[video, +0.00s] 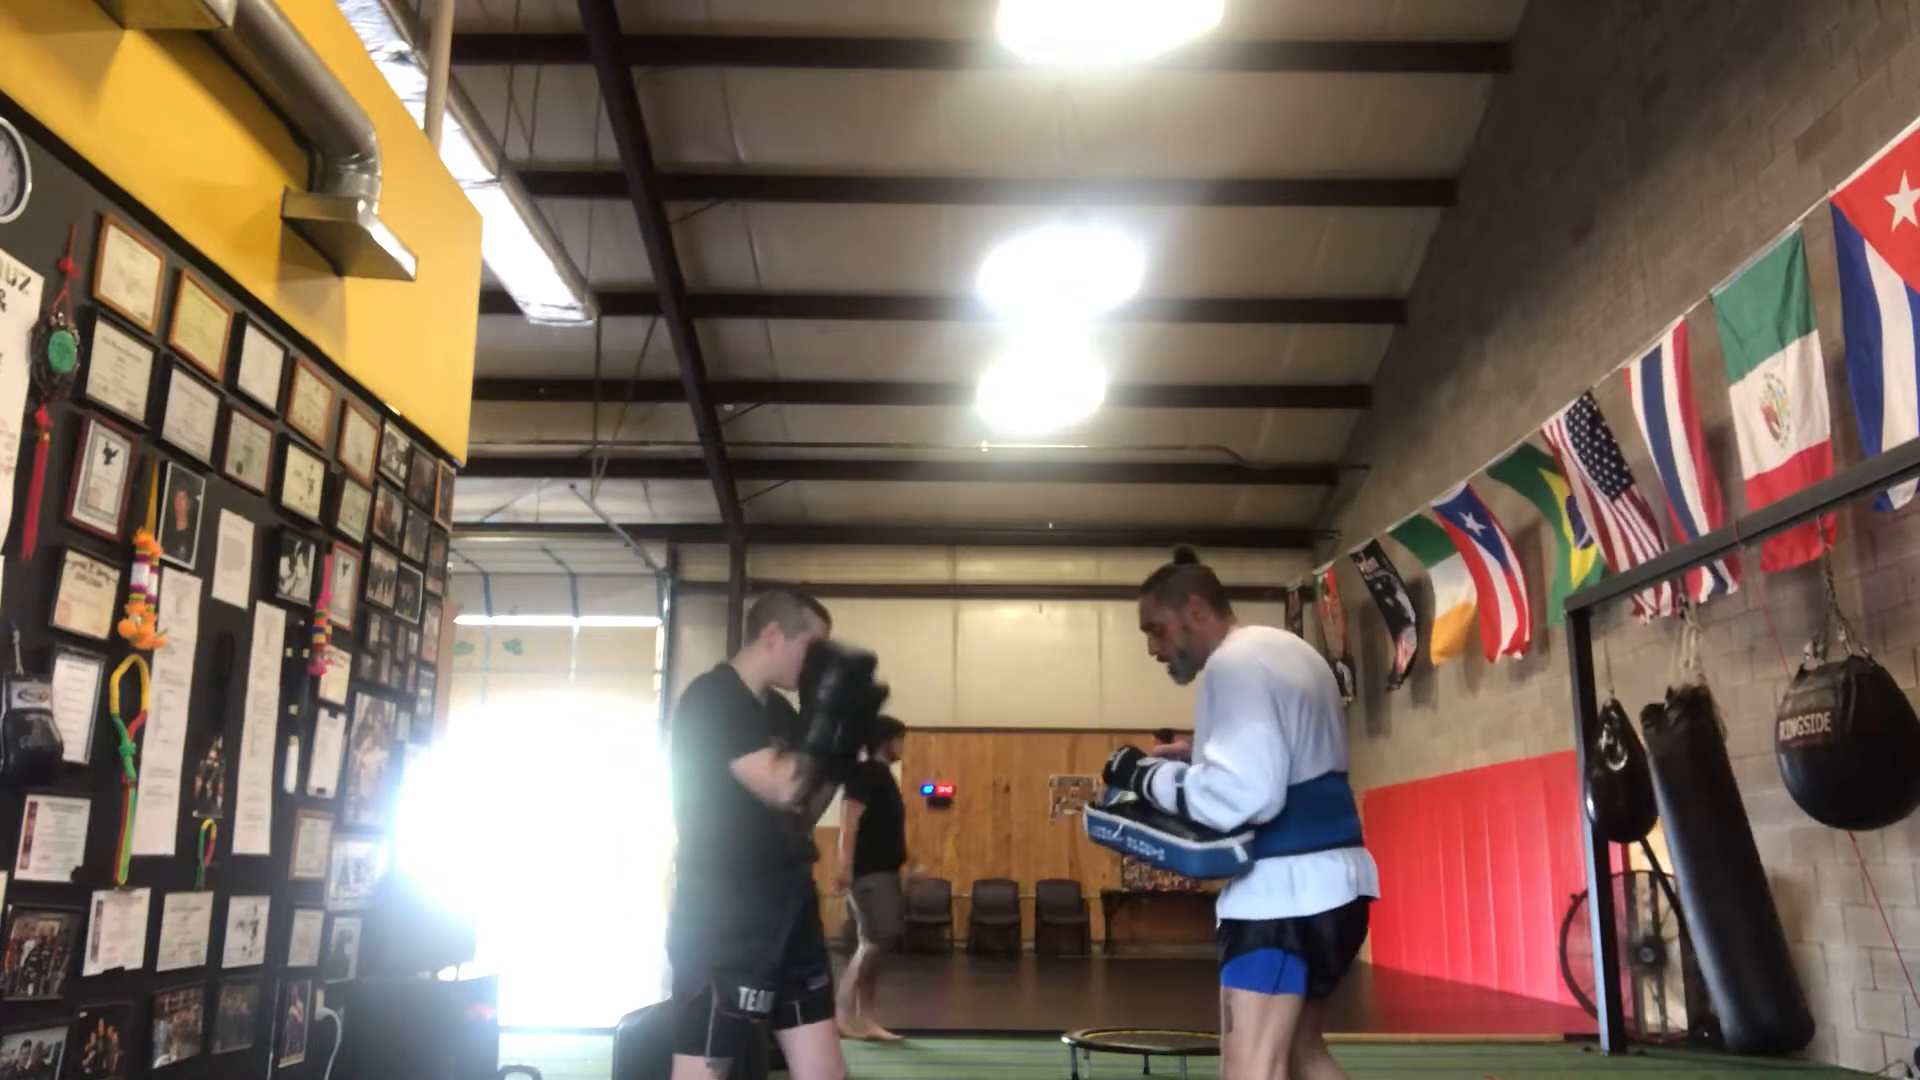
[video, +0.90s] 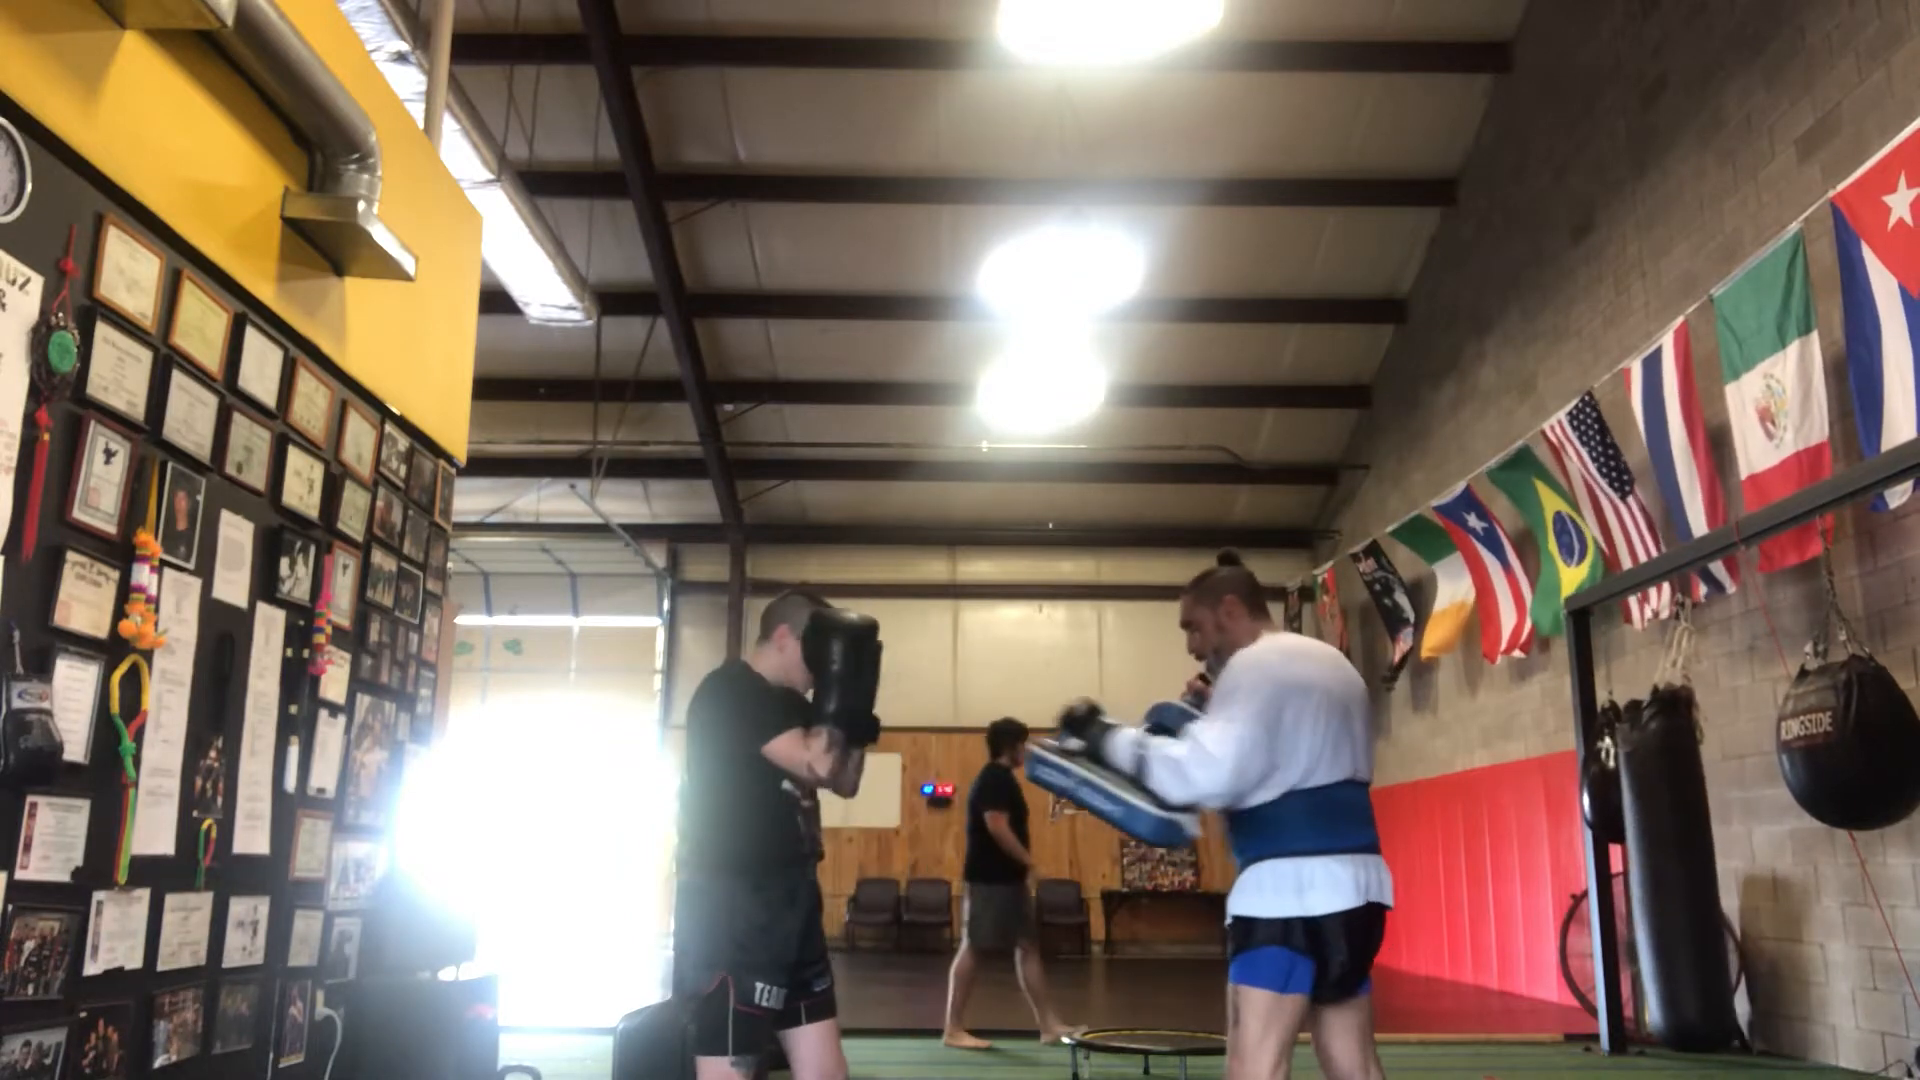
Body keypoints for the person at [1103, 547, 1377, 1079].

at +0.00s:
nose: (1152, 649)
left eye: (1155, 631)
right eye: (1148, 634)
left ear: (1196, 611)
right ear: (1201, 610)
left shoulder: (1236, 663)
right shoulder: (1288, 649)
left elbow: (1243, 793)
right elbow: (1294, 761)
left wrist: (1145, 775)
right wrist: (1201, 751)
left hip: (1280, 894)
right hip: (1330, 884)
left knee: (1250, 1067)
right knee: (1302, 1053)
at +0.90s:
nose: (1193, 645)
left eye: (1194, 629)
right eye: (1187, 632)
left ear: (1229, 611)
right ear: (1241, 609)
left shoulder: (1255, 668)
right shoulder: (1334, 663)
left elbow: (1208, 773)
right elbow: (1295, 758)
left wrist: (1105, 736)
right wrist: (1219, 712)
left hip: (1285, 895)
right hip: (1356, 889)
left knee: (1255, 1065)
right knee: (1352, 1062)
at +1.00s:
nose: (1182, 643)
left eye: (1184, 627)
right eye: (1178, 631)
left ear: (1219, 609)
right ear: (1229, 609)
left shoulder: (1238, 667)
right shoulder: (1325, 660)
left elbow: (1156, 755)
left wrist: (1053, 717)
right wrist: (1188, 712)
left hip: (1276, 895)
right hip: (1350, 890)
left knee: (1242, 1068)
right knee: (1347, 1064)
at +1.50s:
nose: (1170, 639)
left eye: (1173, 622)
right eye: (1166, 626)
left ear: (1210, 608)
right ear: (1216, 607)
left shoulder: (1242, 660)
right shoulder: (1315, 661)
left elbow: (1216, 768)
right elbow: (1290, 760)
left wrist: (1111, 736)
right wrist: (1205, 718)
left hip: (1269, 892)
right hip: (1336, 886)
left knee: (1246, 1065)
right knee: (1338, 1060)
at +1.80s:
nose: (1190, 640)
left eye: (1192, 623)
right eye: (1186, 627)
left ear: (1230, 608)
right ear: (1239, 608)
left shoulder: (1261, 665)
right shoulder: (1330, 664)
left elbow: (1233, 776)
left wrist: (1130, 748)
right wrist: (1218, 709)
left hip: (1282, 890)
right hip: (1346, 885)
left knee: (1249, 1066)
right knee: (1351, 1061)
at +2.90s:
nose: (1217, 608)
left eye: (1231, 592)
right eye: (1218, 593)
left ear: (1278, 592)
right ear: (1277, 596)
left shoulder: (1294, 667)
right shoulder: (1329, 659)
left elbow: (1270, 795)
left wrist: (1165, 824)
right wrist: (1195, 686)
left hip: (1291, 897)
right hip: (1338, 892)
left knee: (1252, 1068)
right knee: (1346, 1066)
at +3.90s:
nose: (1330, 626)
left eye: (1334, 606)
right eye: (1330, 608)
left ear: (1373, 591)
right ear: (1401, 588)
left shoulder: (1379, 654)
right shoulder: (1483, 648)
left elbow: (1305, 751)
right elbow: (1421, 732)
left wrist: (1262, 687)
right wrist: (1341, 675)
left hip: (1425, 901)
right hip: (1499, 892)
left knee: (1420, 1067)